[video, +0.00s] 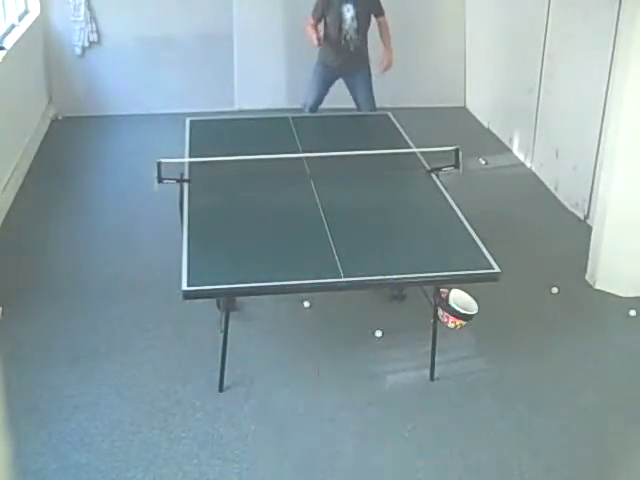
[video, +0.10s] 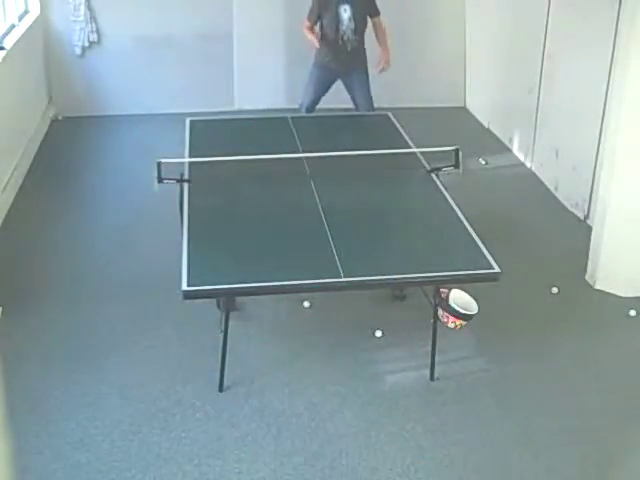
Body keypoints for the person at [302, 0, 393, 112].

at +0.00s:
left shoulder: (371, 3)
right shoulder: (325, 3)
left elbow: (381, 21)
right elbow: (312, 22)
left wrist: (388, 51)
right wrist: (315, 36)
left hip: (357, 62)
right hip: (328, 60)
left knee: (369, 111)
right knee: (309, 106)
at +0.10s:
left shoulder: (365, 2)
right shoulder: (321, 2)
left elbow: (377, 22)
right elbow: (308, 26)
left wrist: (385, 52)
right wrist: (317, 41)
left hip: (355, 63)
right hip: (326, 61)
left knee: (367, 110)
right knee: (306, 106)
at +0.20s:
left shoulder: (358, 3)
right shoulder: (314, 3)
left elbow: (369, 26)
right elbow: (301, 30)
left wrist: (380, 52)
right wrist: (308, 43)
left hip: (349, 64)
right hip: (320, 63)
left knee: (361, 111)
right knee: (300, 109)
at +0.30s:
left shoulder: (351, 2)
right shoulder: (309, 3)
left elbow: (363, 28)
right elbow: (295, 33)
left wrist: (373, 53)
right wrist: (306, 52)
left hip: (344, 67)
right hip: (315, 67)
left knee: (359, 112)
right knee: (296, 110)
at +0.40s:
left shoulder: (348, 3)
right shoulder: (307, 5)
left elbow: (357, 31)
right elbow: (293, 34)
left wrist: (367, 58)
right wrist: (302, 57)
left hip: (342, 68)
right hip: (314, 67)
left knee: (358, 111)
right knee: (295, 110)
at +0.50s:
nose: (334, 2)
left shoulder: (347, 10)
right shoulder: (308, 8)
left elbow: (356, 42)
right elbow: (291, 37)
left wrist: (369, 66)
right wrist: (302, 63)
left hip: (338, 71)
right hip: (310, 70)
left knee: (356, 111)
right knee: (294, 112)